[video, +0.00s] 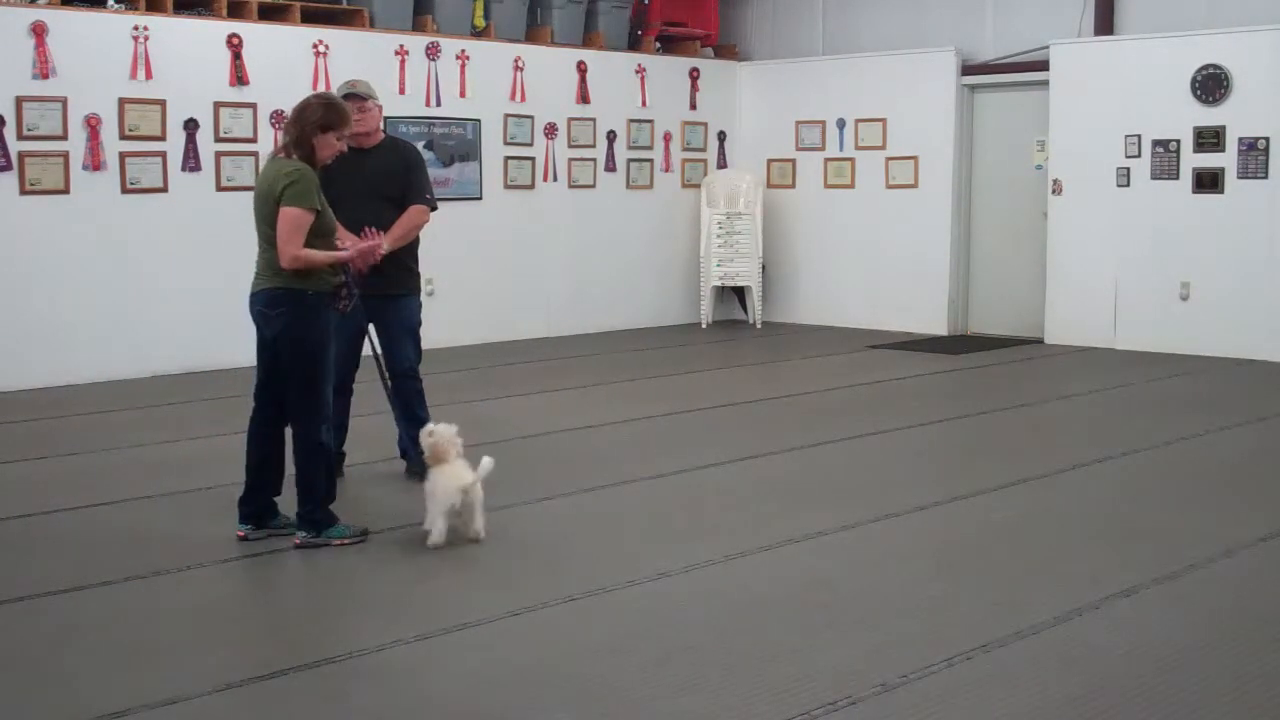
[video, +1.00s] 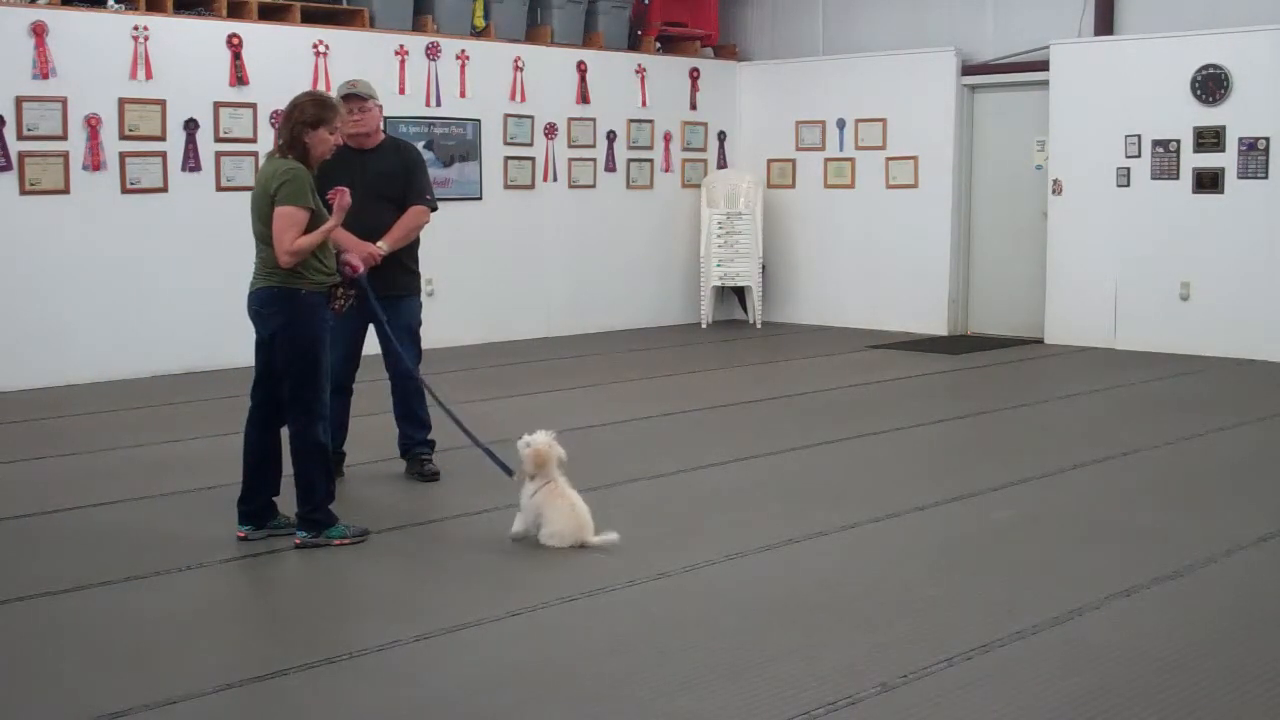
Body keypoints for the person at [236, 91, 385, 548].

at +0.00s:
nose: (341, 149)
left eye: (344, 141)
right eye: (338, 140)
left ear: (306, 133)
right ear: (315, 133)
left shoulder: (276, 169)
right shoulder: (301, 179)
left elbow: (316, 228)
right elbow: (290, 255)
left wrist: (353, 246)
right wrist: (345, 255)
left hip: (274, 299)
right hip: (299, 303)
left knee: (269, 409)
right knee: (313, 412)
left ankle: (256, 513)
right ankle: (315, 519)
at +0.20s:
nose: (344, 150)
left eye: (347, 142)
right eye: (341, 140)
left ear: (311, 133)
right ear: (317, 133)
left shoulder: (276, 170)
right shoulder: (305, 178)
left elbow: (303, 244)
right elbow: (295, 254)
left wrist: (349, 233)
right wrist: (343, 240)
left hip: (272, 299)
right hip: (299, 303)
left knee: (268, 408)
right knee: (311, 412)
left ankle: (256, 514)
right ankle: (315, 519)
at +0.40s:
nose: (345, 149)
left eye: (347, 140)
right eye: (341, 139)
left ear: (313, 134)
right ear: (317, 133)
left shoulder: (279, 170)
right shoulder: (303, 176)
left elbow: (297, 237)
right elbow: (297, 253)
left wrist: (342, 218)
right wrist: (343, 226)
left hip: (272, 299)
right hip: (299, 302)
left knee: (267, 408)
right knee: (311, 412)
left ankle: (257, 514)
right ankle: (315, 519)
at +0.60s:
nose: (343, 146)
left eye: (345, 138)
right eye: (340, 137)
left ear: (311, 132)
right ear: (315, 131)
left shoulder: (277, 170)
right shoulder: (301, 176)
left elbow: (296, 238)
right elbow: (295, 253)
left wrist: (338, 214)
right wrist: (338, 226)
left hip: (272, 299)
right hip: (299, 302)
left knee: (266, 409)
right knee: (311, 412)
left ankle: (256, 514)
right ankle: (316, 518)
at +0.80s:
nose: (338, 143)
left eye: (340, 135)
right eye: (335, 134)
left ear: (305, 132)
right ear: (310, 130)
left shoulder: (277, 170)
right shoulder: (298, 176)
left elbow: (296, 239)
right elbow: (290, 252)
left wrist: (334, 216)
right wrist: (335, 228)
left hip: (273, 299)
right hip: (297, 302)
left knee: (266, 409)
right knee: (311, 412)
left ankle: (256, 515)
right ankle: (316, 520)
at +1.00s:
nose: (336, 144)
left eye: (338, 136)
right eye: (333, 134)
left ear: (302, 131)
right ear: (308, 131)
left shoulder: (276, 170)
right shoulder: (294, 176)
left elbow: (294, 238)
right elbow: (287, 252)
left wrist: (338, 244)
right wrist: (334, 221)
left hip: (274, 298)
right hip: (295, 302)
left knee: (266, 408)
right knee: (310, 411)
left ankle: (256, 515)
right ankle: (316, 519)